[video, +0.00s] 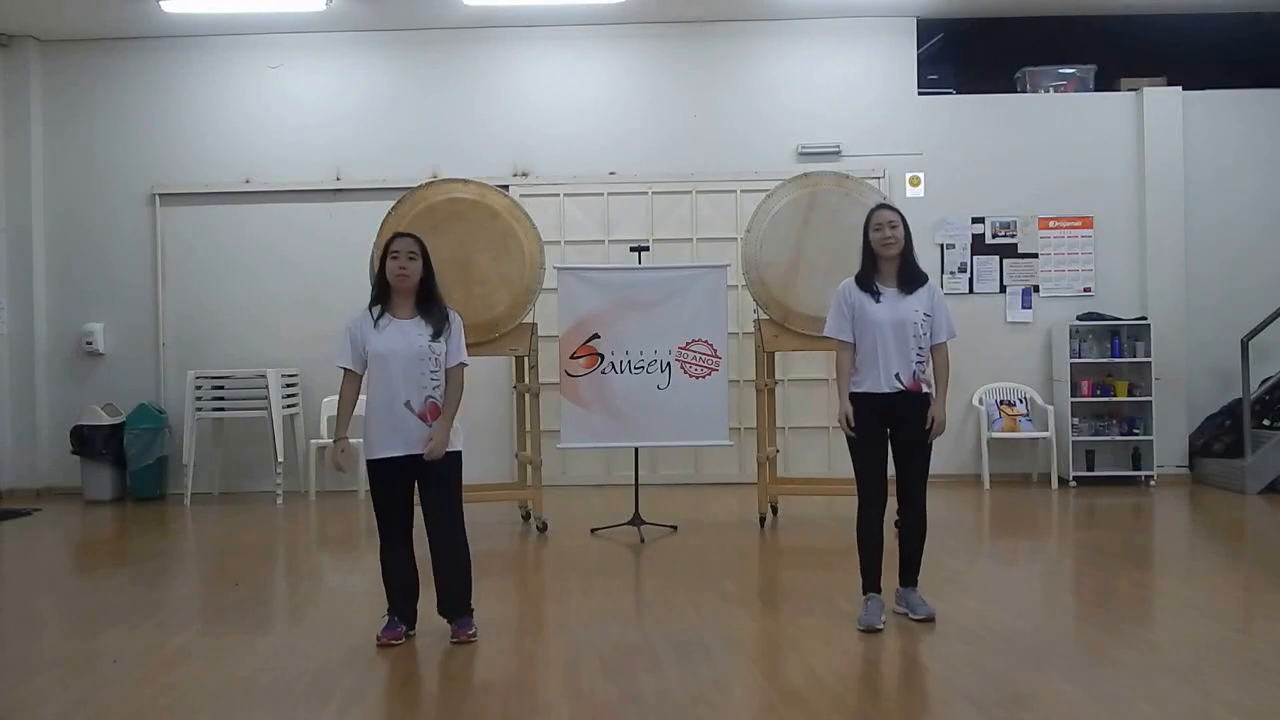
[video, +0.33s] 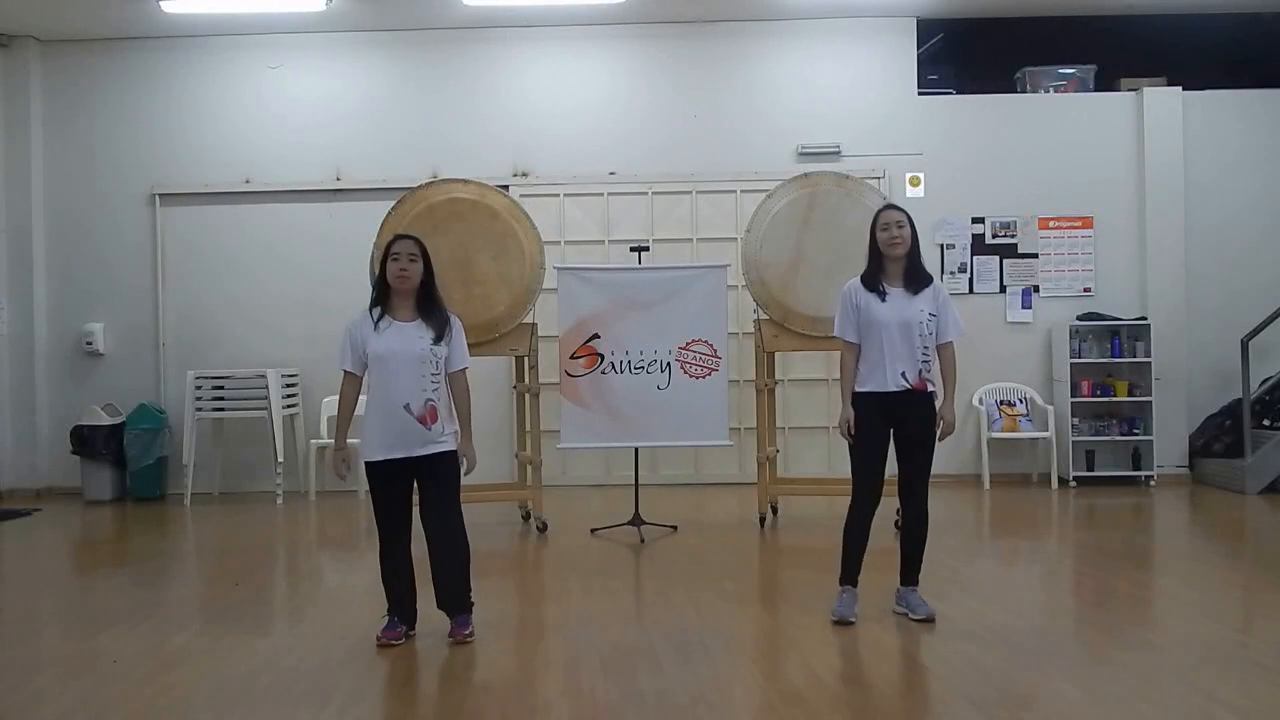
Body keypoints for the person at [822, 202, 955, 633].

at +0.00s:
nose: (887, 233)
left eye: (893, 226)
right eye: (878, 228)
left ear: (906, 234)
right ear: (867, 238)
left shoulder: (925, 288)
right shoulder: (851, 290)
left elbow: (939, 349)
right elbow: (844, 349)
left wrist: (940, 401)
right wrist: (843, 399)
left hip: (914, 404)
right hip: (866, 404)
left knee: (913, 501)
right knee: (871, 501)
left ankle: (908, 590)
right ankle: (871, 597)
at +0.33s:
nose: (894, 233)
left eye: (900, 226)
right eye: (885, 228)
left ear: (912, 234)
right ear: (874, 238)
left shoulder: (931, 289)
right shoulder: (856, 290)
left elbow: (946, 349)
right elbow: (848, 350)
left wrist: (949, 402)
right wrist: (847, 403)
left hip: (918, 404)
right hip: (869, 405)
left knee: (915, 498)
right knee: (865, 496)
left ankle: (908, 590)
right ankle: (848, 592)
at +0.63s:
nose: (890, 228)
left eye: (897, 224)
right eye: (883, 223)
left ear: (907, 237)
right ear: (868, 234)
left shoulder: (919, 290)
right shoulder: (846, 288)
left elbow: (930, 350)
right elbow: (834, 348)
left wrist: (934, 402)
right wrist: (833, 401)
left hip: (908, 404)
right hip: (859, 403)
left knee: (908, 499)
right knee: (851, 497)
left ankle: (907, 590)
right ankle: (837, 589)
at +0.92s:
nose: (875, 230)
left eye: (882, 224)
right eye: (867, 225)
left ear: (894, 235)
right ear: (855, 237)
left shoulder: (911, 290)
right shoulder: (837, 289)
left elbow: (923, 349)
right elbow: (829, 348)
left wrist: (924, 401)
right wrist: (829, 396)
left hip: (897, 404)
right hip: (849, 404)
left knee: (902, 498)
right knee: (843, 498)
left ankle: (907, 589)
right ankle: (836, 589)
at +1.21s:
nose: (868, 230)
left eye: (875, 224)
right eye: (860, 225)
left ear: (887, 236)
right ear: (848, 236)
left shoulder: (901, 292)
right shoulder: (828, 288)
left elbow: (911, 350)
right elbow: (818, 348)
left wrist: (912, 401)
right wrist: (818, 401)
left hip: (887, 403)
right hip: (840, 403)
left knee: (896, 497)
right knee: (839, 497)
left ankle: (907, 589)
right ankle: (836, 589)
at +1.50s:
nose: (862, 232)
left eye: (870, 226)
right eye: (854, 227)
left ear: (881, 237)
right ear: (842, 237)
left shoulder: (892, 294)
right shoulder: (821, 289)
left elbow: (901, 354)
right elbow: (807, 350)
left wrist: (905, 407)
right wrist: (806, 402)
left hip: (878, 405)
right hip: (830, 405)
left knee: (896, 497)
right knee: (833, 499)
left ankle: (907, 588)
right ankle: (835, 590)